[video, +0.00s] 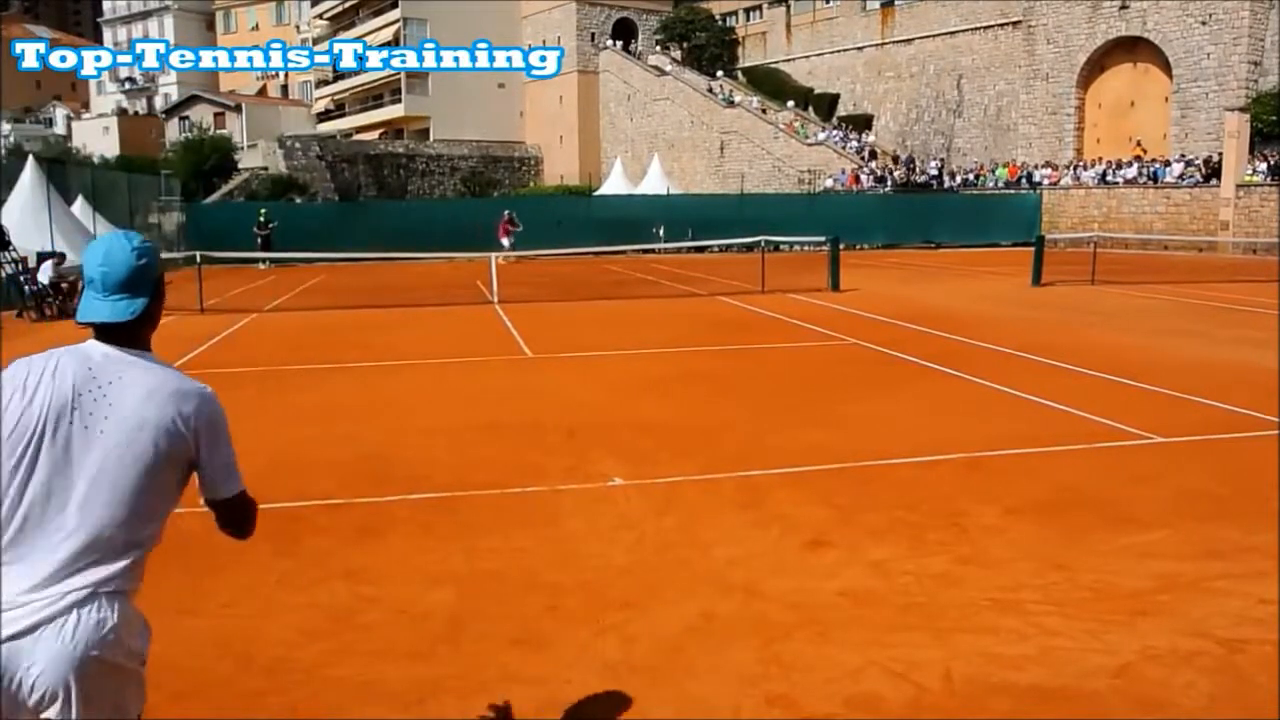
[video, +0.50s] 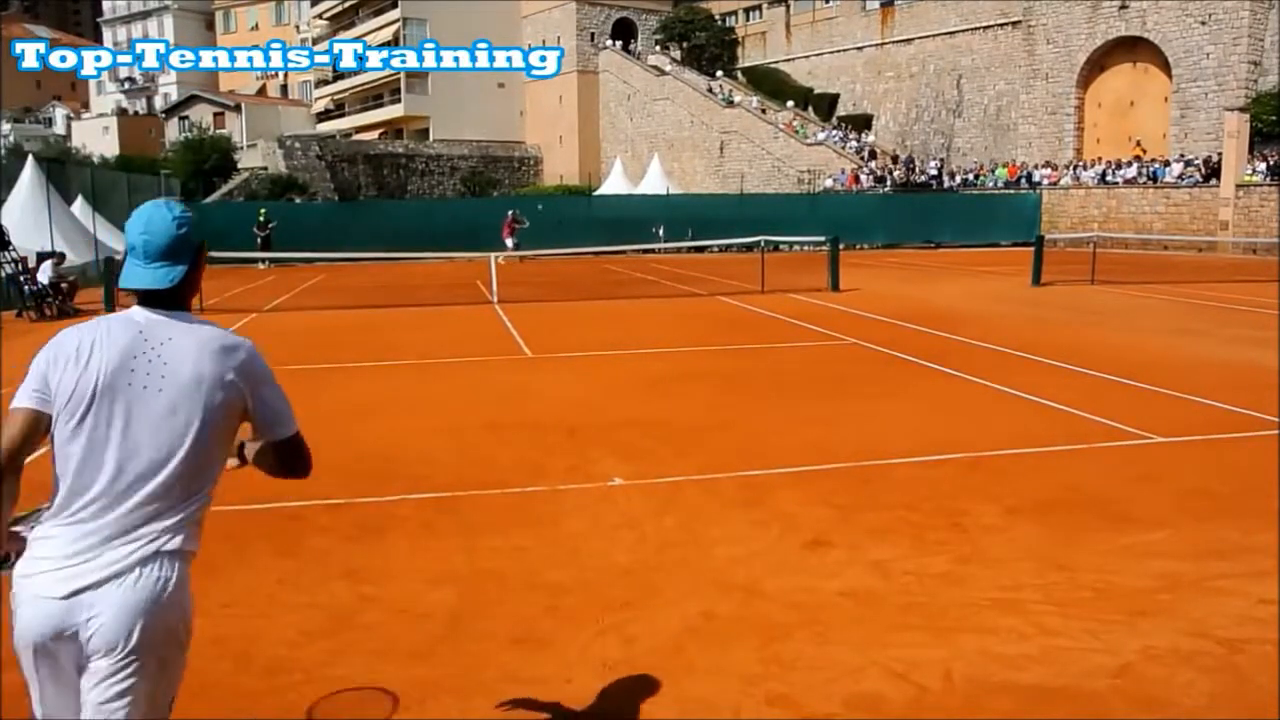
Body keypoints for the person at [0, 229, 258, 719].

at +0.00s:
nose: (161, 304)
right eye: (160, 294)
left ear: (84, 297)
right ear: (158, 303)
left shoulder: (15, 380)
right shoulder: (185, 399)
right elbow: (239, 522)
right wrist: (223, 479)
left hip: (2, 637)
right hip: (89, 645)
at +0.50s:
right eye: (198, 264)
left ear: (127, 265)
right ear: (196, 270)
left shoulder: (68, 345)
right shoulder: (229, 353)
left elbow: (8, 453)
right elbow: (295, 462)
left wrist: (4, 535)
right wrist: (247, 450)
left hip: (43, 592)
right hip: (141, 599)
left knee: (56, 711)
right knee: (115, 711)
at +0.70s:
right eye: (223, 239)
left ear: (155, 240)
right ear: (223, 246)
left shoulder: (101, 323)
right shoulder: (262, 326)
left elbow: (40, 446)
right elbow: (321, 433)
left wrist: (69, 524)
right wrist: (264, 447)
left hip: (97, 559)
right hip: (193, 565)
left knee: (108, 700)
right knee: (145, 710)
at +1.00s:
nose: (256, 239)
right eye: (254, 232)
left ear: (187, 235)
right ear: (252, 239)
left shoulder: (132, 318)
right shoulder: (293, 319)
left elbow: (85, 440)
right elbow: (344, 432)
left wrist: (139, 495)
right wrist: (291, 459)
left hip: (148, 547)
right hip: (242, 548)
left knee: (175, 704)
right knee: (201, 710)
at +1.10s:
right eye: (263, 238)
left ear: (201, 240)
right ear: (267, 245)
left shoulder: (148, 325)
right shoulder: (306, 323)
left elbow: (109, 446)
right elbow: (354, 441)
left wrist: (169, 491)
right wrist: (304, 469)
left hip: (171, 553)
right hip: (262, 553)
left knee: (195, 705)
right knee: (244, 711)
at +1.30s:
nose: (281, 253)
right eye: (283, 246)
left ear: (218, 248)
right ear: (282, 252)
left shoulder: (168, 332)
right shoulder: (318, 328)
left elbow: (133, 452)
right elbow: (364, 449)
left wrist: (197, 490)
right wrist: (309, 478)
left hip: (192, 560)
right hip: (281, 557)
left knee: (225, 709)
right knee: (291, 709)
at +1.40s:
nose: (296, 256)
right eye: (298, 250)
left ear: (236, 255)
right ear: (299, 258)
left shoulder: (189, 337)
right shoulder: (332, 335)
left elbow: (158, 457)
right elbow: (374, 457)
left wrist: (218, 492)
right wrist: (329, 481)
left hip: (212, 563)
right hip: (301, 563)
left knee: (242, 710)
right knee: (334, 700)